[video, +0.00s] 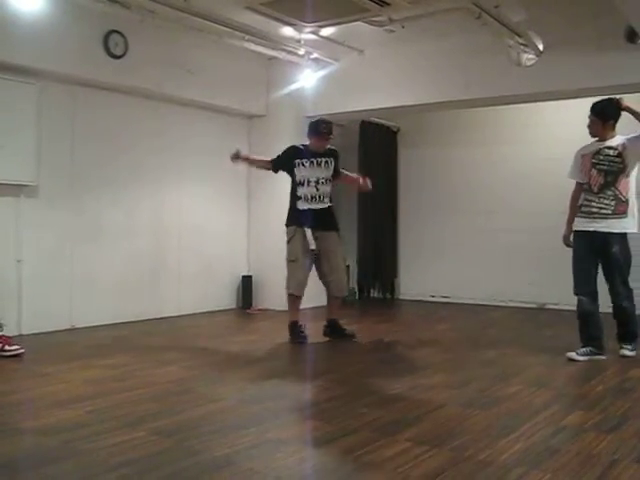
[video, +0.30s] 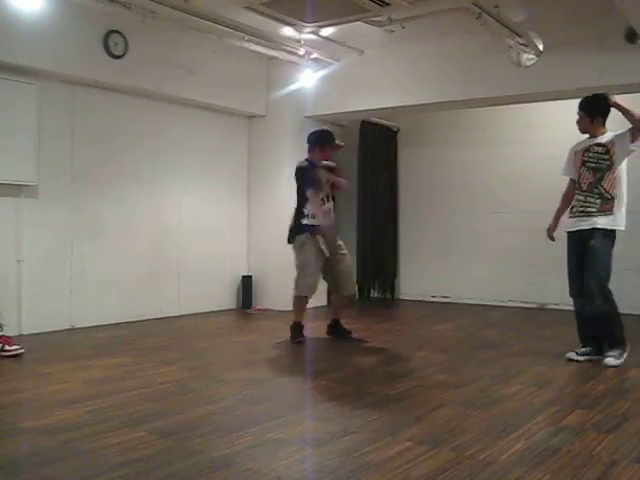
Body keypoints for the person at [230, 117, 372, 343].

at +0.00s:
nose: (326, 143)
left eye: (328, 139)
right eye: (322, 139)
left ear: (329, 138)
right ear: (312, 137)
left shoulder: (331, 155)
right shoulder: (294, 153)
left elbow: (336, 174)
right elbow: (271, 165)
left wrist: (357, 180)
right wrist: (244, 158)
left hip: (325, 222)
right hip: (299, 222)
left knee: (336, 273)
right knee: (297, 272)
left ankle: (332, 323)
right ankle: (294, 325)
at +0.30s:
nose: (332, 155)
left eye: (332, 150)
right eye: (329, 150)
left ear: (321, 151)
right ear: (316, 149)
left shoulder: (325, 170)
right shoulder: (304, 168)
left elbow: (342, 186)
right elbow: (317, 182)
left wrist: (323, 174)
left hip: (328, 231)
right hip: (306, 231)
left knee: (344, 273)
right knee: (307, 278)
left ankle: (335, 323)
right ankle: (297, 326)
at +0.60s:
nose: (332, 153)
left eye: (333, 149)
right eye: (329, 148)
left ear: (329, 150)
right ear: (316, 148)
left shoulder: (329, 170)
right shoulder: (297, 165)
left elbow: (330, 192)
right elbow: (278, 188)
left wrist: (338, 184)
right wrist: (301, 192)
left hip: (329, 234)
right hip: (307, 235)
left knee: (352, 278)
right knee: (317, 284)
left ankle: (337, 323)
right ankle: (291, 326)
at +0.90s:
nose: (316, 161)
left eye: (321, 157)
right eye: (313, 156)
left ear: (326, 160)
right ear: (306, 155)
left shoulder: (333, 184)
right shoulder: (292, 184)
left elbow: (347, 212)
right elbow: (283, 214)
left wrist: (327, 222)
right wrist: (272, 241)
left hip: (328, 246)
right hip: (300, 246)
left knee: (346, 292)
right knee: (286, 282)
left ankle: (340, 323)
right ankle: (284, 327)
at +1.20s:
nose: (330, 137)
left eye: (333, 132)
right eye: (326, 132)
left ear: (338, 133)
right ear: (318, 133)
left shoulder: (348, 158)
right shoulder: (308, 153)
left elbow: (361, 185)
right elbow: (298, 173)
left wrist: (359, 202)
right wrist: (283, 191)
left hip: (336, 222)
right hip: (308, 221)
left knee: (349, 270)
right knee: (297, 263)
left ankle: (347, 318)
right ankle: (308, 299)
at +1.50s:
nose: (321, 150)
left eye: (325, 146)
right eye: (318, 146)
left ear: (330, 147)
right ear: (310, 146)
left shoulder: (338, 168)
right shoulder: (300, 170)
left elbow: (357, 180)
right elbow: (303, 195)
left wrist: (341, 177)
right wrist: (326, 206)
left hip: (337, 234)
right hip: (309, 235)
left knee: (346, 278)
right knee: (291, 276)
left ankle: (351, 320)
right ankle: (283, 308)